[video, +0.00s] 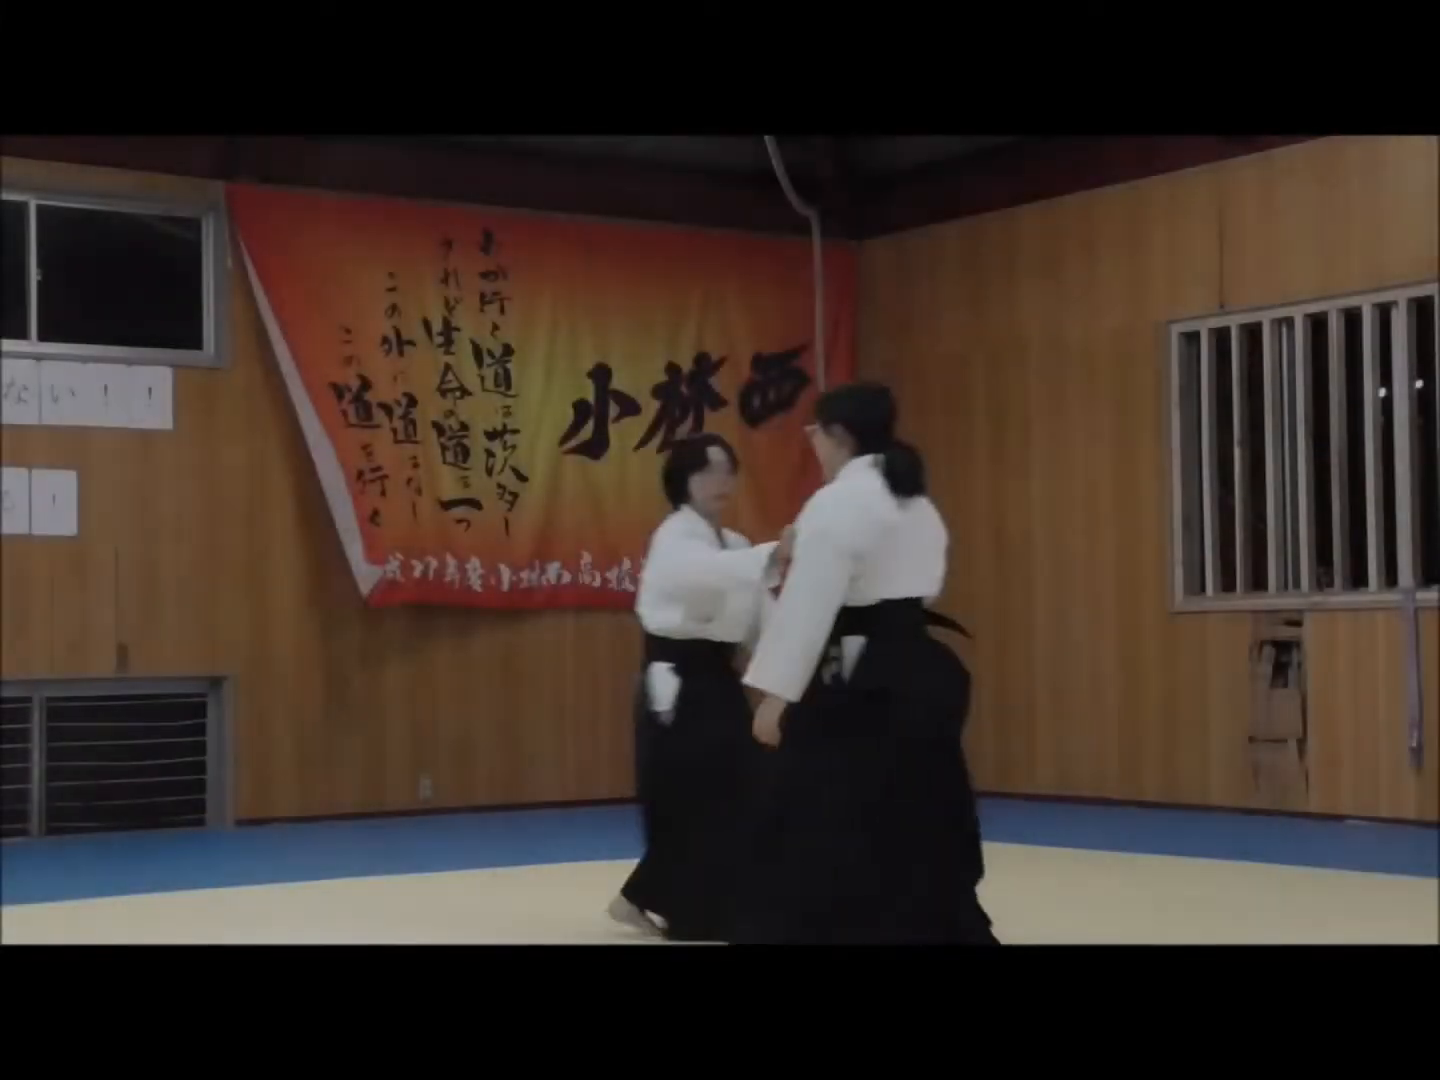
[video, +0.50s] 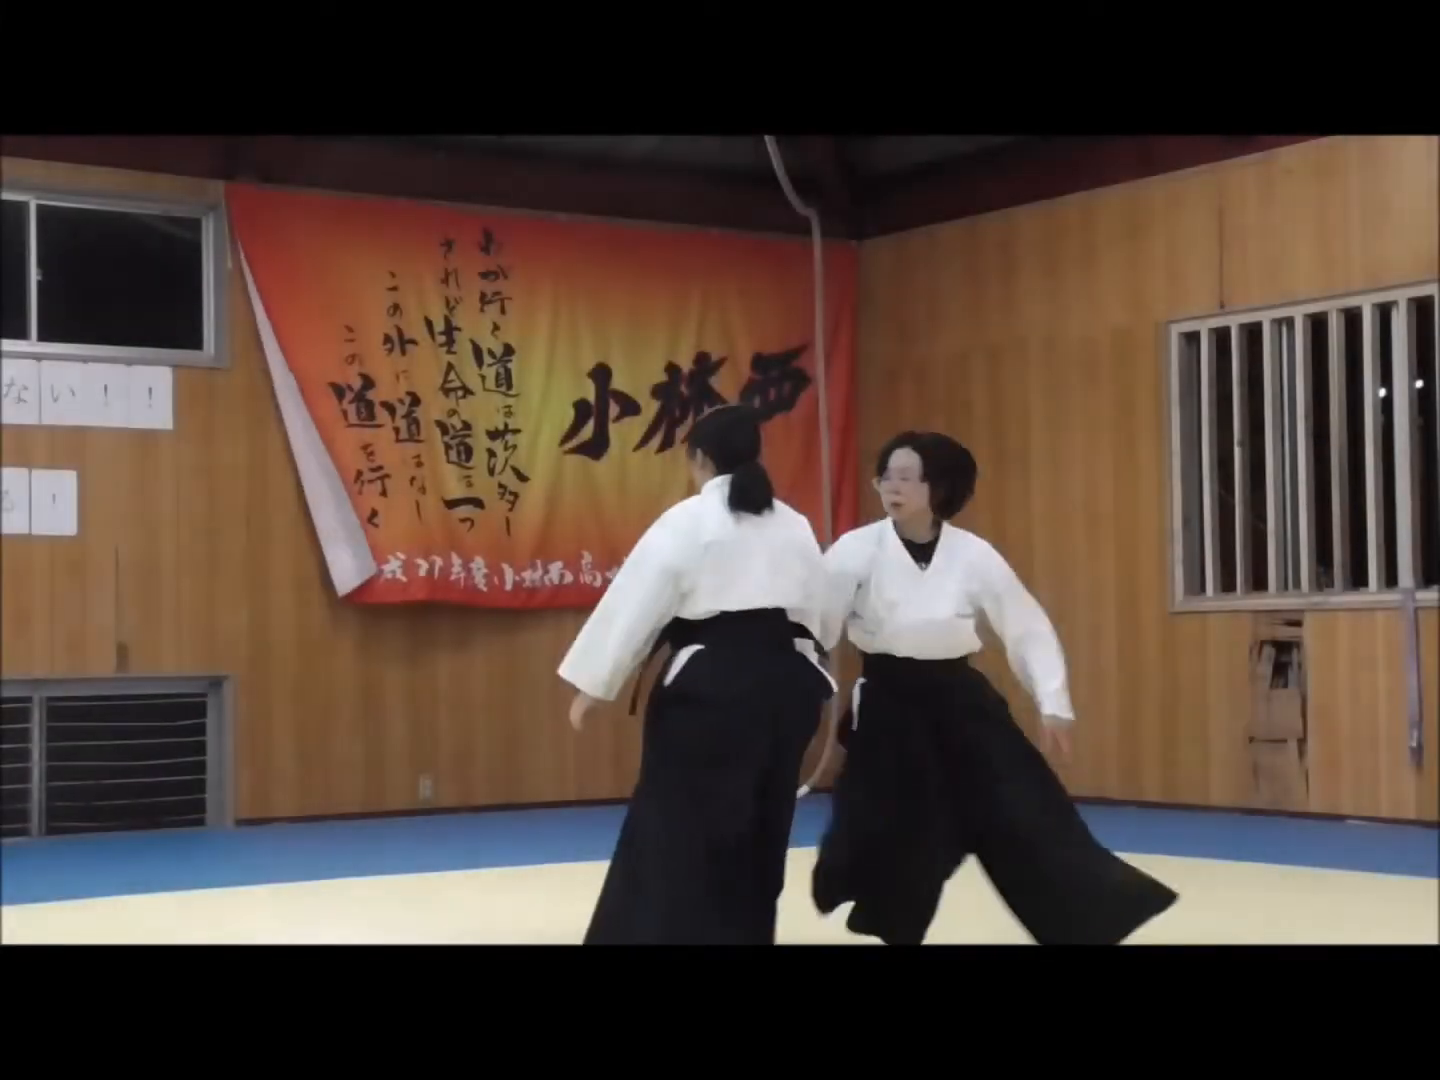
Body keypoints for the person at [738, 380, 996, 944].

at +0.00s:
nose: (812, 441)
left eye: (817, 431)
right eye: (814, 430)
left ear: (840, 436)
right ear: (878, 434)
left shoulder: (834, 507)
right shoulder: (918, 502)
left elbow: (808, 605)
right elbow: (922, 595)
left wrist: (776, 696)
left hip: (854, 676)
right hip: (921, 672)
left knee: (830, 814)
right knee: (916, 813)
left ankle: (835, 925)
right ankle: (926, 923)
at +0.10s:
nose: (775, 447)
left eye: (781, 436)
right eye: (776, 437)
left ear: (799, 439)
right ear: (844, 438)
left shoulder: (787, 512)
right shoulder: (883, 512)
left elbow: (759, 613)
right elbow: (884, 603)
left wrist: (733, 703)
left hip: (809, 680)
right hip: (880, 673)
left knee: (781, 815)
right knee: (875, 803)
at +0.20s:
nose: (741, 446)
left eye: (743, 435)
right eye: (743, 435)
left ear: (759, 439)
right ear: (809, 436)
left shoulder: (746, 508)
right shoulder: (851, 510)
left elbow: (717, 603)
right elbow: (863, 606)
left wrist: (693, 692)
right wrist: (909, 681)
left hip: (775, 682)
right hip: (852, 678)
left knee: (739, 817)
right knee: (841, 816)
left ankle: (739, 930)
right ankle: (849, 930)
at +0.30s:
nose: (714, 450)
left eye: (717, 440)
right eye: (716, 440)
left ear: (732, 443)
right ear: (779, 440)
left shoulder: (717, 508)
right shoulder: (822, 507)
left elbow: (679, 603)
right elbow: (847, 588)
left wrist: (643, 687)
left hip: (747, 680)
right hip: (826, 675)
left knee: (727, 817)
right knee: (823, 816)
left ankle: (733, 931)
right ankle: (828, 929)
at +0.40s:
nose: (700, 460)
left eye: (703, 450)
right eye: (703, 450)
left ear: (717, 452)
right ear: (763, 450)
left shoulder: (696, 518)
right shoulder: (808, 519)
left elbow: (648, 606)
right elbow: (830, 605)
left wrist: (610, 687)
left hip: (724, 683)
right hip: (804, 680)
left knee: (705, 817)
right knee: (791, 818)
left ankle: (703, 930)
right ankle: (785, 930)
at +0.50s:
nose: (689, 466)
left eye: (691, 456)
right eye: (691, 457)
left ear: (702, 459)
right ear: (753, 456)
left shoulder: (685, 522)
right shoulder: (795, 525)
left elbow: (635, 606)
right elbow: (818, 612)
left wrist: (595, 682)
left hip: (708, 679)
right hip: (788, 682)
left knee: (676, 819)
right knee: (758, 823)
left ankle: (666, 932)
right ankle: (743, 935)